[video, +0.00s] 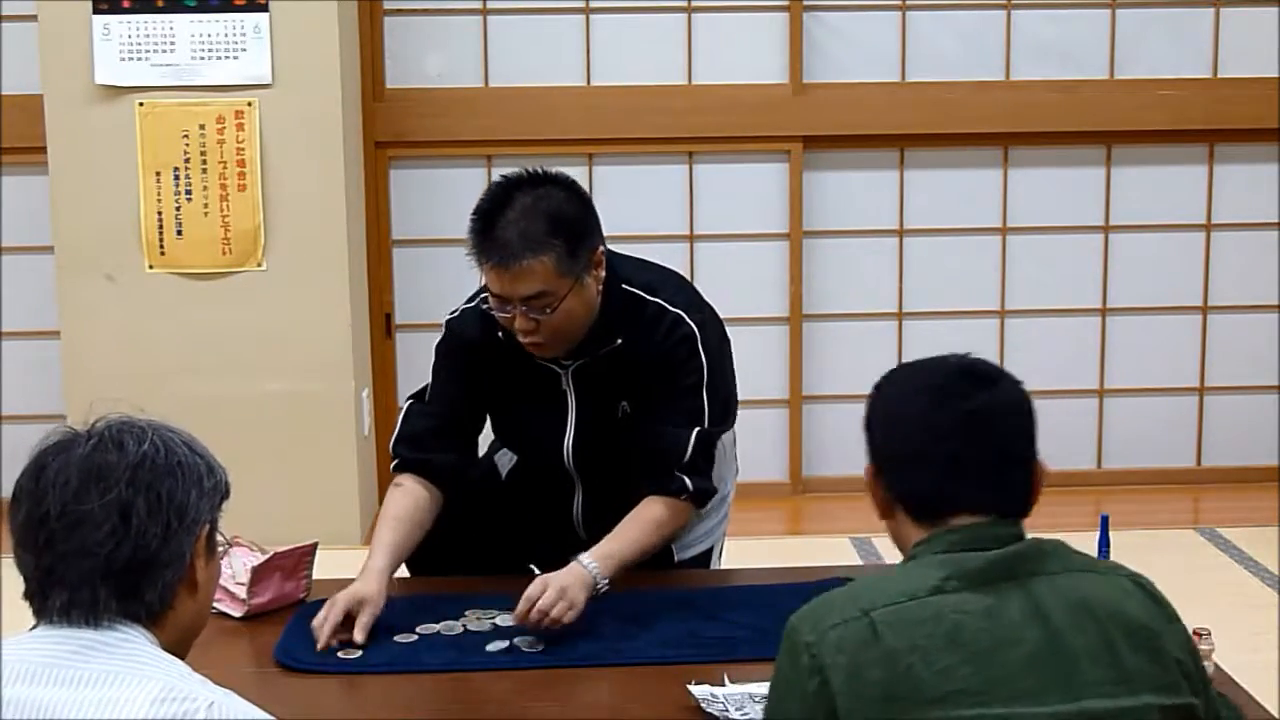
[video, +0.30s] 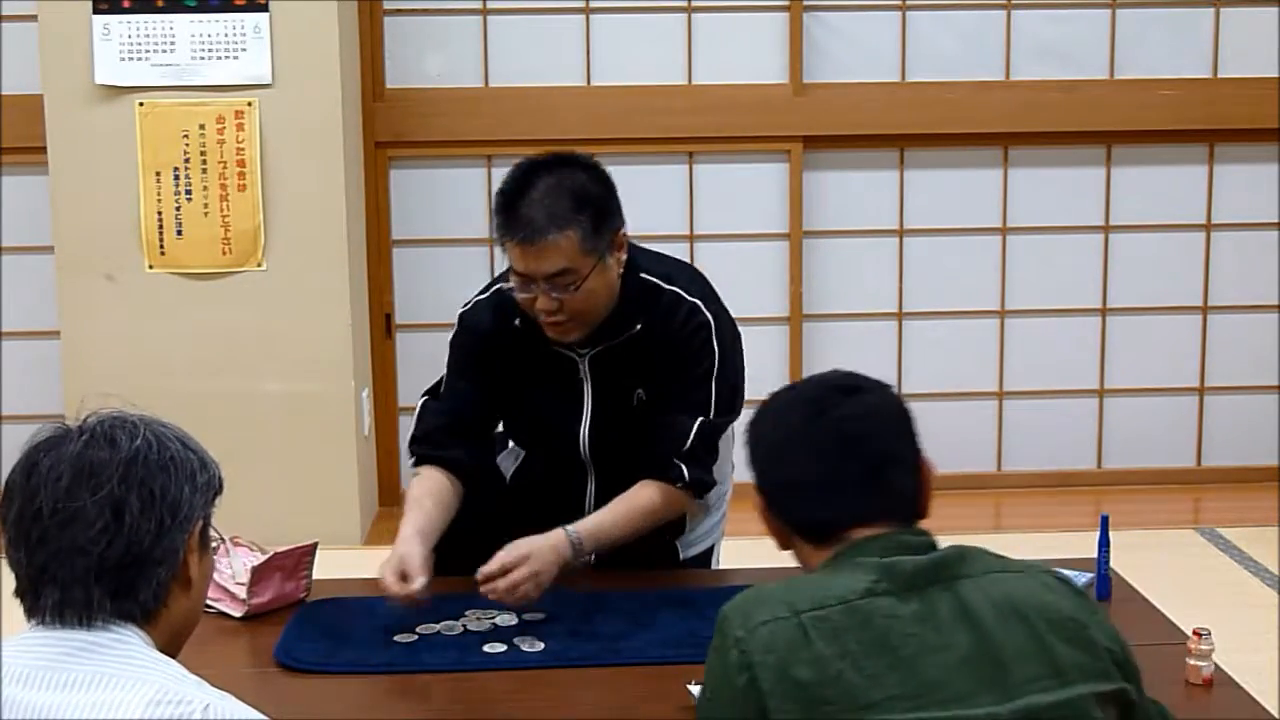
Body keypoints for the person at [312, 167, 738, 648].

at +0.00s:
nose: (520, 324)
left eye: (540, 304)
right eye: (501, 303)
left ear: (597, 269)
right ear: (485, 277)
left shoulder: (678, 328)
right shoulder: (476, 331)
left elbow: (684, 487)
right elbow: (425, 464)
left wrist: (587, 571)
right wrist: (373, 573)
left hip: (655, 524)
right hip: (537, 514)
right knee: (432, 524)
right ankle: (472, 679)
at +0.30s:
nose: (543, 304)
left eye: (564, 282)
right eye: (525, 281)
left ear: (618, 250)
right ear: (509, 259)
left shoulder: (691, 318)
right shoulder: (492, 318)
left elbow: (681, 480)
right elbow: (449, 444)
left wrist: (566, 545)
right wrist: (415, 535)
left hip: (657, 547)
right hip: (531, 541)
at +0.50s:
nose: (567, 274)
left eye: (589, 253)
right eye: (548, 251)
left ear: (645, 226)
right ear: (533, 229)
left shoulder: (703, 301)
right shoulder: (510, 290)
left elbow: (694, 463)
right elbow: (474, 410)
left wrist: (568, 523)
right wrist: (458, 491)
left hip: (648, 523)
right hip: (525, 509)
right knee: (413, 529)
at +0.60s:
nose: (584, 253)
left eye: (607, 233)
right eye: (568, 229)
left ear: (665, 211)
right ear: (554, 207)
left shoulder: (720, 291)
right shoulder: (526, 271)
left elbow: (727, 448)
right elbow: (480, 384)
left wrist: (585, 507)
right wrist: (472, 471)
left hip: (646, 503)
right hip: (526, 486)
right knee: (411, 540)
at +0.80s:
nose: (602, 249)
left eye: (627, 230)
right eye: (586, 225)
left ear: (683, 208)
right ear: (573, 197)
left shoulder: (742, 296)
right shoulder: (534, 265)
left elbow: (759, 450)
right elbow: (476, 386)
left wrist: (641, 524)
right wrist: (481, 498)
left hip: (682, 557)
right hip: (539, 545)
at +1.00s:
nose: (591, 272)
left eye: (616, 252)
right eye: (574, 248)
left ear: (668, 228)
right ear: (559, 220)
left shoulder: (725, 301)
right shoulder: (522, 292)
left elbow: (751, 452)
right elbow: (474, 446)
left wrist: (666, 564)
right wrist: (514, 566)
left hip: (686, 575)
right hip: (550, 574)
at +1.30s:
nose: (528, 309)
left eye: (549, 288)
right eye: (508, 289)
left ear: (599, 256)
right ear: (492, 261)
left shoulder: (667, 311)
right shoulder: (471, 320)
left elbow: (710, 452)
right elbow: (418, 474)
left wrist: (664, 569)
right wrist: (464, 579)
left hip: (636, 573)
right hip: (512, 570)